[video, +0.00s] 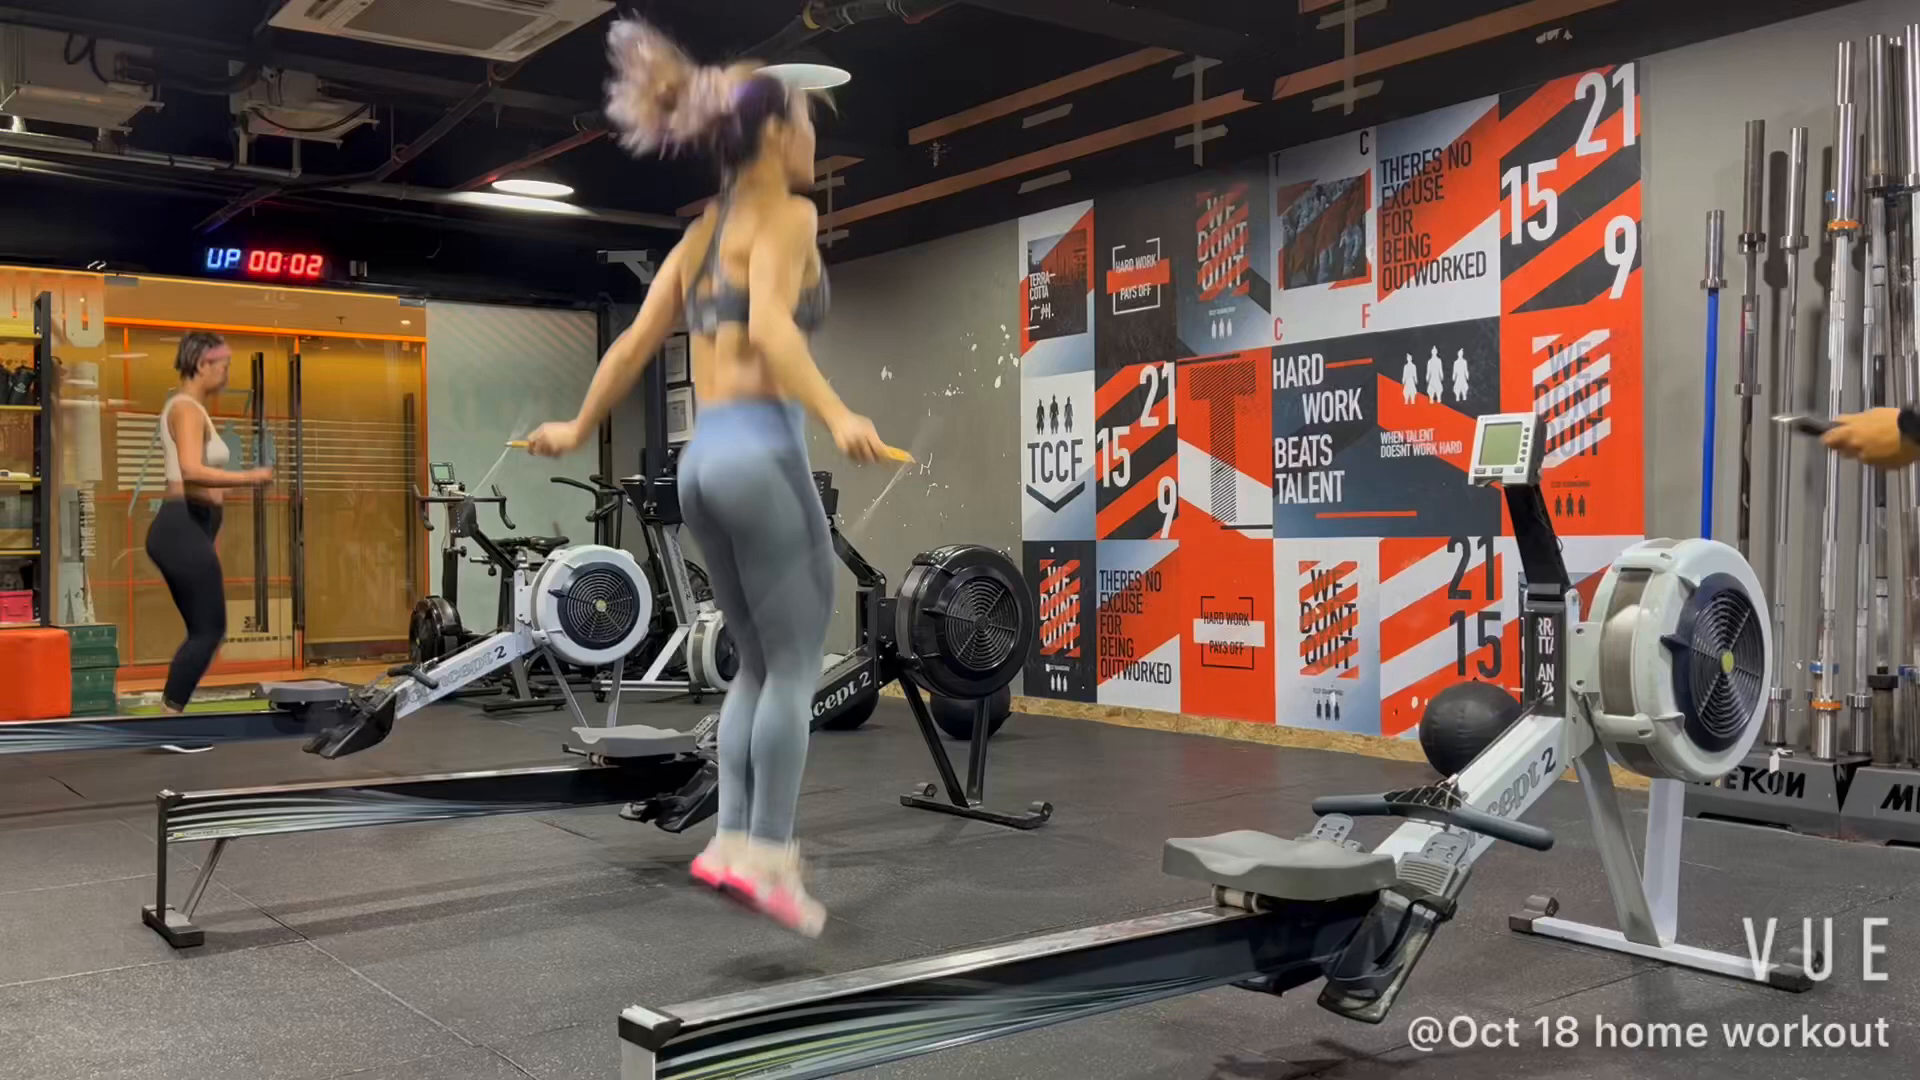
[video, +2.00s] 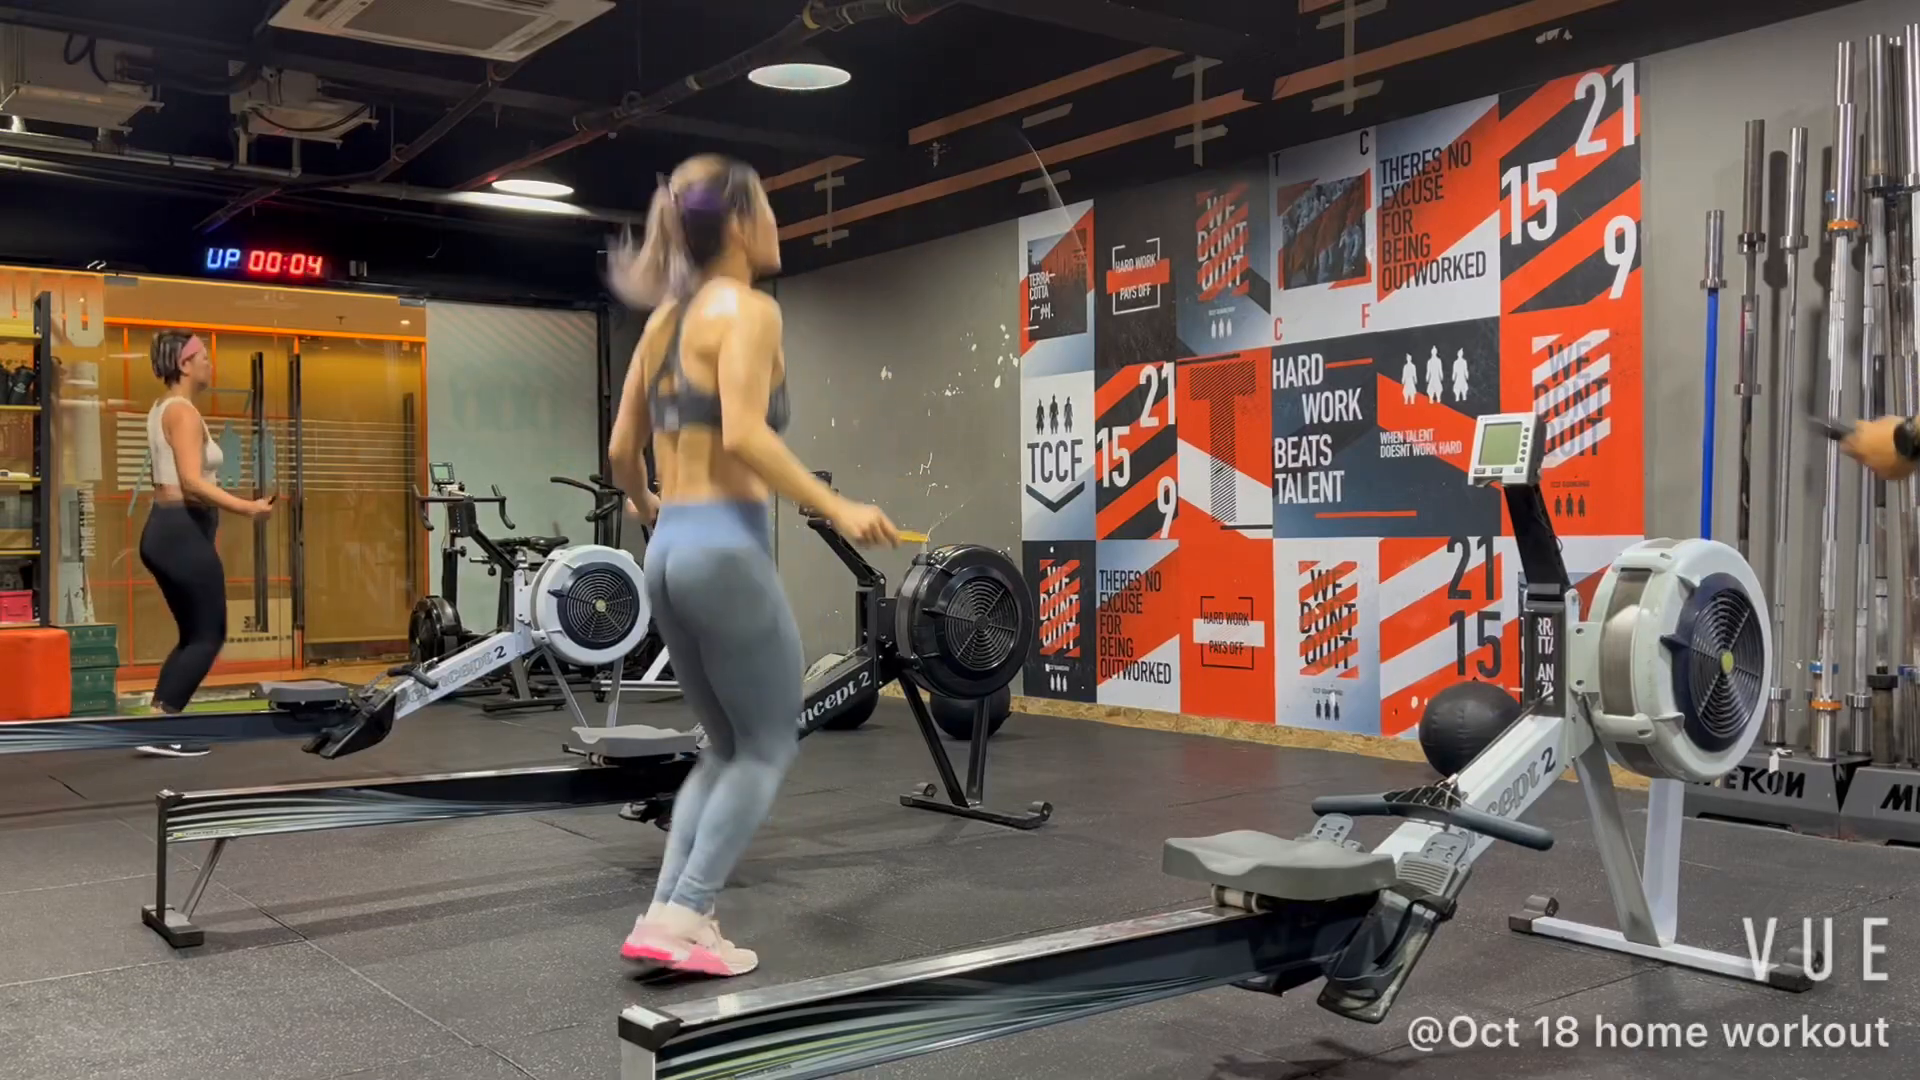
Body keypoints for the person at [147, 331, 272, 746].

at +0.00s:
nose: (227, 373)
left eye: (228, 365)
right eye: (222, 365)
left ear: (205, 364)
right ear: (201, 364)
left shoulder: (195, 408)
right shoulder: (186, 409)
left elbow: (196, 480)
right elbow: (191, 471)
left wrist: (234, 489)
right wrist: (247, 478)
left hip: (188, 529)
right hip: (180, 529)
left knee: (206, 628)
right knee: (208, 628)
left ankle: (170, 710)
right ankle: (169, 711)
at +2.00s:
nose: (210, 365)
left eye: (207, 357)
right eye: (204, 358)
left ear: (180, 366)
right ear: (185, 364)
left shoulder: (164, 410)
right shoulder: (183, 412)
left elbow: (178, 484)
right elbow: (193, 482)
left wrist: (205, 534)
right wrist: (249, 507)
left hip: (165, 529)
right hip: (182, 531)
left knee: (195, 634)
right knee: (209, 634)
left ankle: (156, 716)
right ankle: (163, 718)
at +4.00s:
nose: (236, 348)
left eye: (232, 340)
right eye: (229, 342)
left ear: (204, 350)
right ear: (210, 349)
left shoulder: (189, 395)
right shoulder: (212, 395)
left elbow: (196, 469)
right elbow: (221, 464)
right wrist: (259, 505)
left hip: (197, 512)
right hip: (216, 513)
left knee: (215, 617)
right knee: (232, 617)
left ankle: (196, 708)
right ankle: (200, 710)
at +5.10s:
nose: (234, 347)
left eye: (229, 340)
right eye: (227, 341)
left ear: (204, 351)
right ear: (210, 349)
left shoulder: (189, 396)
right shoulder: (210, 397)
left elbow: (204, 465)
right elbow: (222, 464)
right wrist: (260, 502)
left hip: (195, 514)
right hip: (212, 515)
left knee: (211, 621)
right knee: (222, 621)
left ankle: (191, 712)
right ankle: (194, 715)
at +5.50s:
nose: (229, 339)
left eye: (224, 331)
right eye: (223, 332)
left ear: (197, 343)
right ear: (207, 340)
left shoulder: (184, 388)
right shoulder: (208, 388)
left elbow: (199, 455)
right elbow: (217, 455)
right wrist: (246, 496)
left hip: (192, 504)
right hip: (210, 504)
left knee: (206, 610)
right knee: (216, 610)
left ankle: (189, 706)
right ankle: (192, 708)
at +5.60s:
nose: (230, 330)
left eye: (226, 323)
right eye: (223, 324)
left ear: (197, 336)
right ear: (207, 334)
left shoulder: (185, 383)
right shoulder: (209, 381)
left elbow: (191, 453)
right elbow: (208, 450)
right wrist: (249, 486)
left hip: (190, 499)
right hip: (208, 499)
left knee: (207, 602)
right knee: (219, 601)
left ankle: (186, 699)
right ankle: (189, 700)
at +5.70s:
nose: (230, 351)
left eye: (226, 342)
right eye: (225, 342)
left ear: (200, 348)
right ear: (209, 347)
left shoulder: (187, 397)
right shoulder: (208, 396)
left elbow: (200, 469)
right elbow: (213, 469)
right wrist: (261, 493)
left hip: (189, 521)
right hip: (210, 522)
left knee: (209, 625)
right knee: (221, 626)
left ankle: (181, 720)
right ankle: (184, 723)